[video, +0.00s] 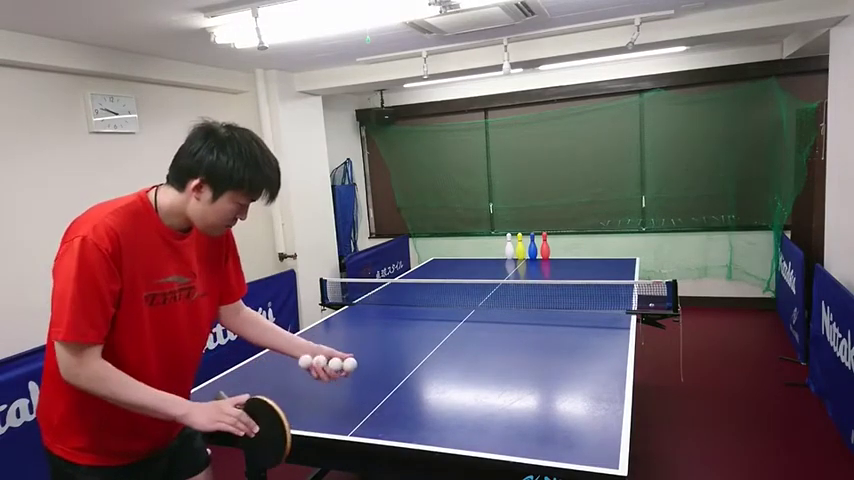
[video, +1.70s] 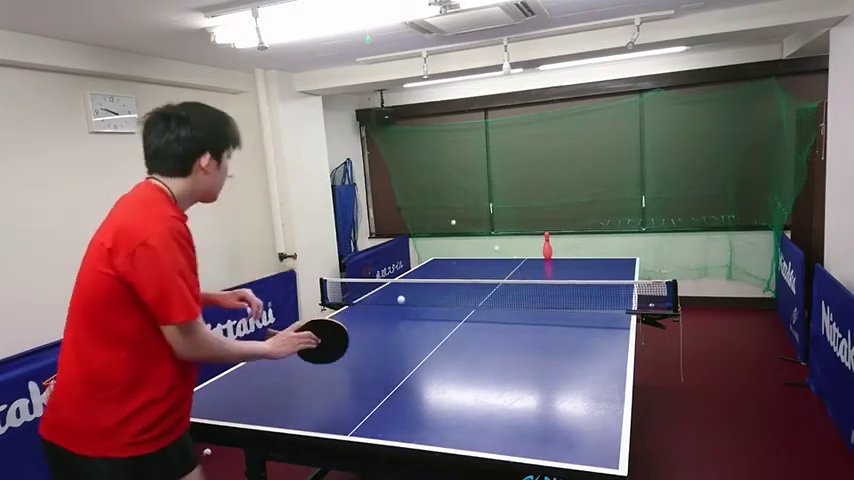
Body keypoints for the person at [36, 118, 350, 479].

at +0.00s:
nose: (242, 217)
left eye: (247, 206)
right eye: (239, 204)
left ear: (200, 191)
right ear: (198, 188)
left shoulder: (212, 230)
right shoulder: (96, 239)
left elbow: (234, 312)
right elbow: (77, 364)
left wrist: (306, 350)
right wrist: (187, 409)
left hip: (169, 436)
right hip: (94, 455)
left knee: (199, 470)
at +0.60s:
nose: (268, 225)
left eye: (273, 216)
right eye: (266, 214)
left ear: (228, 197)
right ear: (228, 196)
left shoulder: (233, 234)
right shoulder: (132, 239)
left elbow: (252, 304)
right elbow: (84, 354)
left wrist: (316, 335)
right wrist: (197, 391)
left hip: (176, 428)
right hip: (105, 442)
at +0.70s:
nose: (281, 228)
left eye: (286, 219)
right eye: (281, 216)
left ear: (247, 201)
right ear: (246, 200)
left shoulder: (237, 231)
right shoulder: (159, 245)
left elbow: (255, 303)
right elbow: (152, 363)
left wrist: (317, 319)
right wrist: (264, 388)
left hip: (176, 415)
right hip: (112, 430)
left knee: (199, 472)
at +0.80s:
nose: (292, 228)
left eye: (297, 219)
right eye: (293, 216)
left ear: (258, 202)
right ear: (261, 203)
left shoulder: (235, 225)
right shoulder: (191, 262)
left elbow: (255, 299)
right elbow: (239, 352)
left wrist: (303, 299)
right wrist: (318, 364)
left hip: (172, 410)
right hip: (118, 426)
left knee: (202, 472)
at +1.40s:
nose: (284, 188)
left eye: (286, 178)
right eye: (285, 178)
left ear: (225, 165)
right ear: (267, 178)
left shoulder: (192, 204)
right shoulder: (224, 234)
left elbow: (218, 293)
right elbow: (253, 330)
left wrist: (270, 278)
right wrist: (309, 332)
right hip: (143, 428)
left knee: (207, 471)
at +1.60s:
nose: (251, 177)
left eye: (254, 166)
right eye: (252, 166)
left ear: (189, 159)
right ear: (231, 167)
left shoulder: (165, 204)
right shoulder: (183, 226)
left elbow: (180, 284)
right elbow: (219, 336)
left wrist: (241, 292)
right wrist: (288, 341)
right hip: (130, 436)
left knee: (200, 468)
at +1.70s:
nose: (227, 172)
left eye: (228, 161)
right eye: (226, 161)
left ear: (161, 156)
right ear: (204, 163)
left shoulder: (139, 206)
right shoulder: (156, 225)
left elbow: (150, 290)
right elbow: (190, 343)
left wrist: (214, 298)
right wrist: (265, 348)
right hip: (126, 441)